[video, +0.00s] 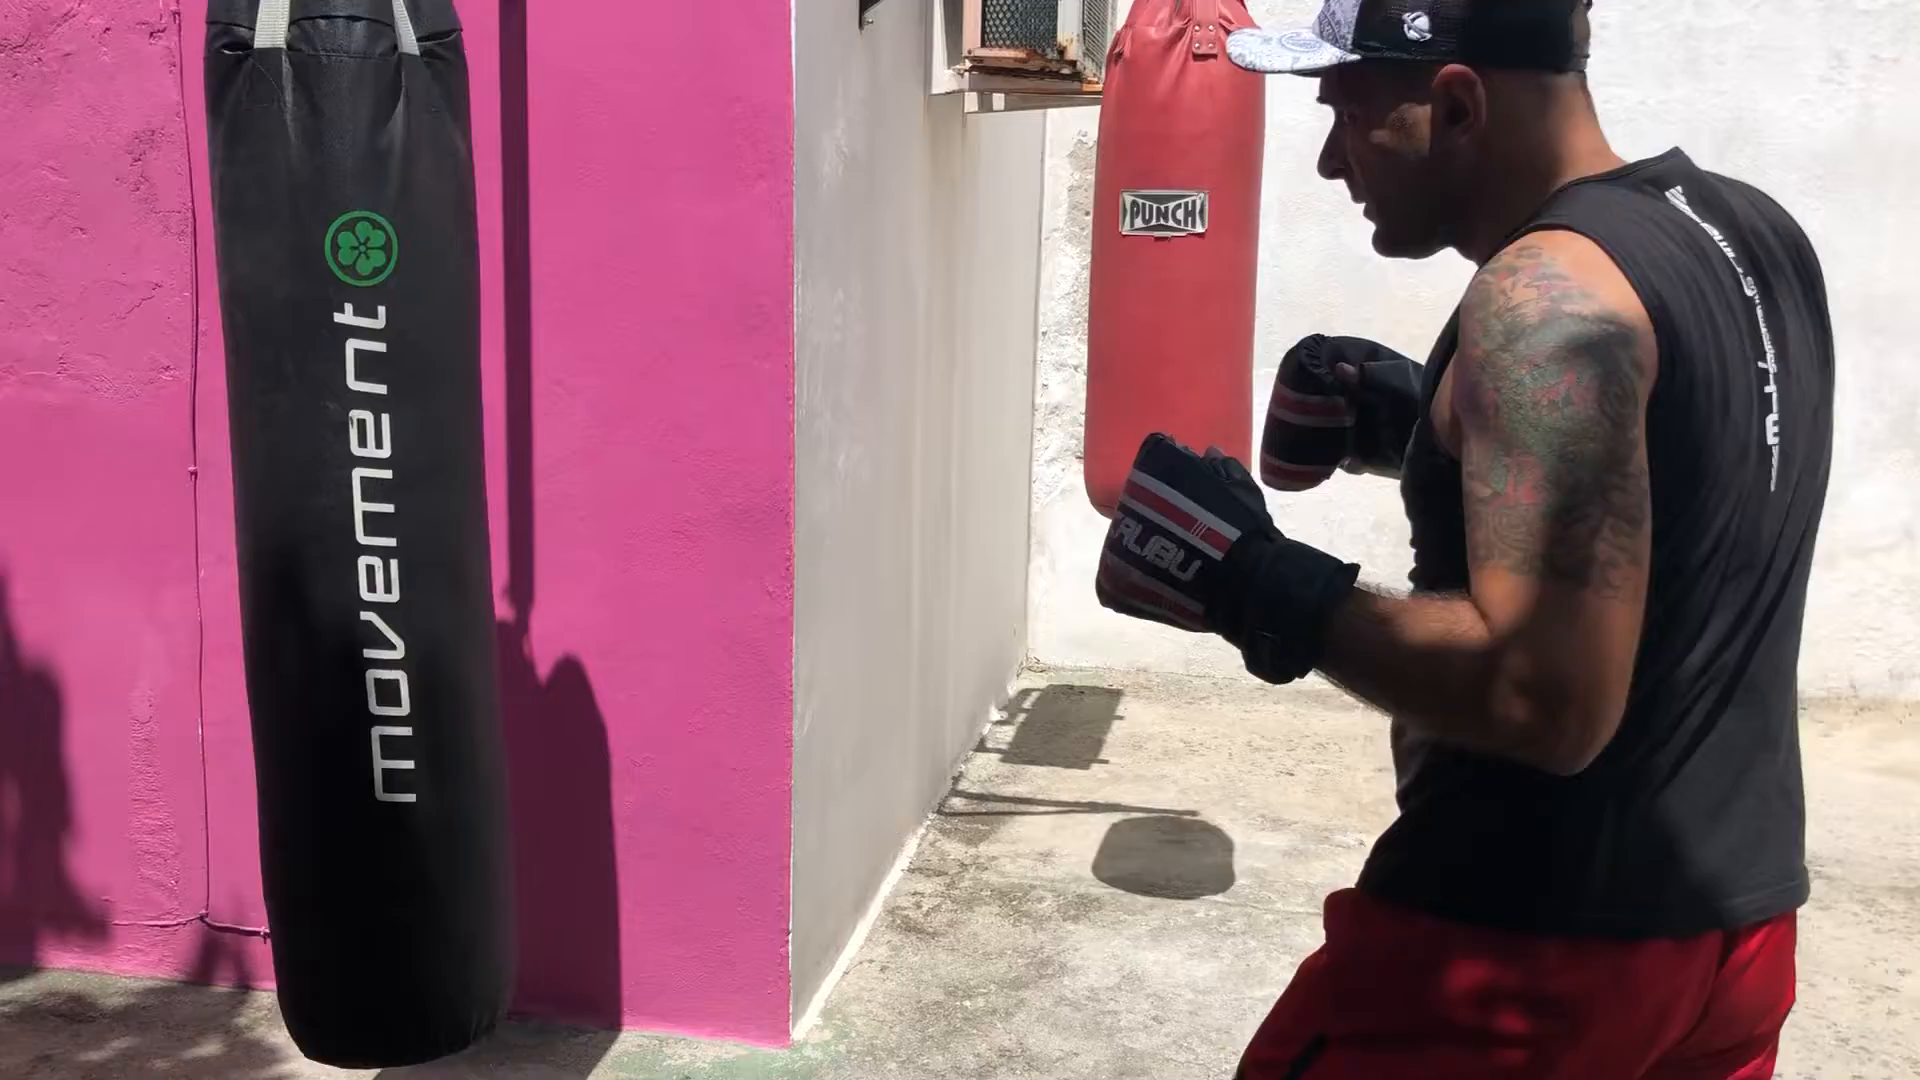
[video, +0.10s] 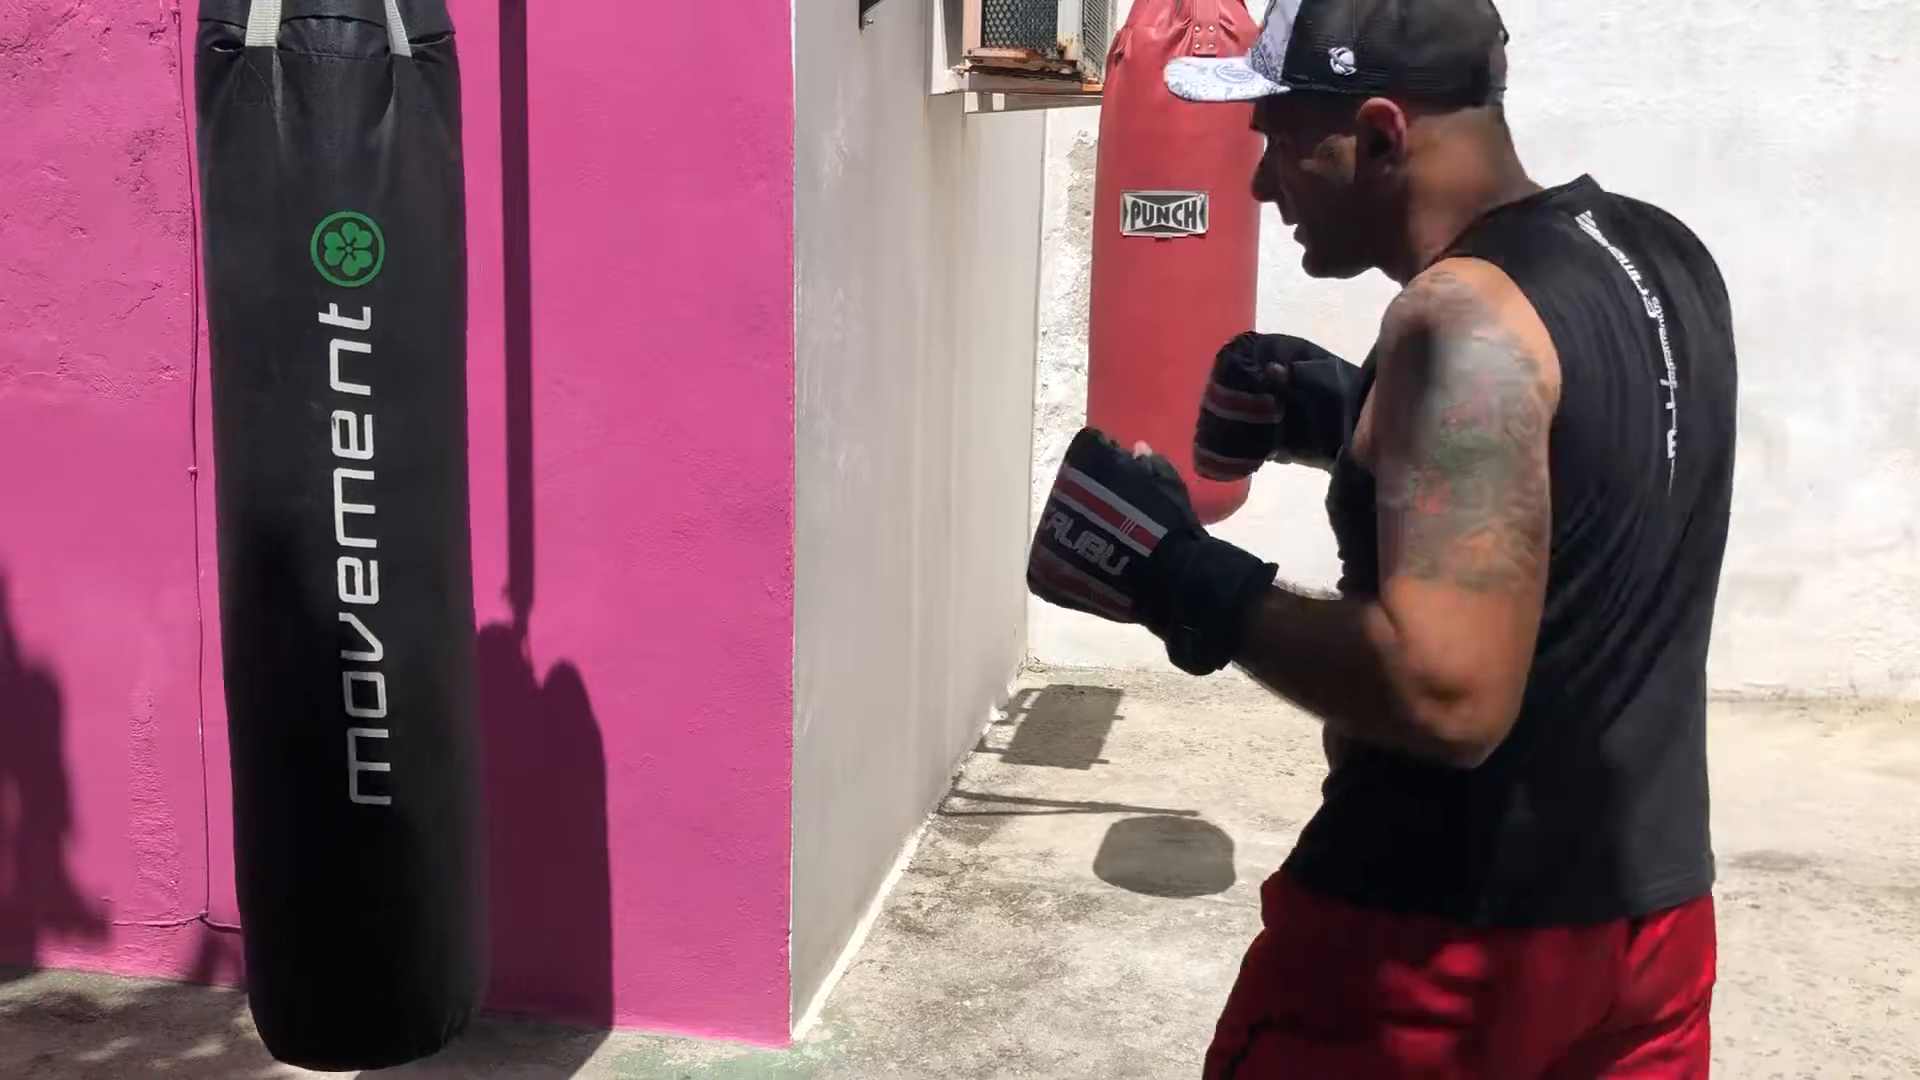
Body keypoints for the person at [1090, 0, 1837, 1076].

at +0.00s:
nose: (1328, 158)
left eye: (1353, 117)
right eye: (1332, 117)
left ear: (1460, 103)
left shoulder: (1549, 294)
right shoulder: (1757, 233)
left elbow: (1547, 698)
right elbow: (1672, 493)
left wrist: (1260, 587)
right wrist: (1424, 418)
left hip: (1513, 958)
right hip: (1735, 932)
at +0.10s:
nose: (1265, 180)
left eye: (1285, 141)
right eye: (1269, 142)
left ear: (1383, 132)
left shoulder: (1466, 319)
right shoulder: (1663, 256)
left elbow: (1446, 689)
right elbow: (1583, 497)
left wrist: (1182, 581)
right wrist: (1359, 419)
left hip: (1430, 943)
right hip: (1650, 919)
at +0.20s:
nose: (1168, 210)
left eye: (1175, 174)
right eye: (1164, 175)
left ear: (1255, 168)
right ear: (1366, 136)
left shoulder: (1314, 343)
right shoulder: (1541, 278)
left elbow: (1299, 687)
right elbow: (1447, 483)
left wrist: (1069, 582)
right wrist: (1250, 407)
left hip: (1309, 914)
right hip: (1520, 894)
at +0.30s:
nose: (1046, 208)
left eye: (1050, 176)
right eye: (1040, 175)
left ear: (1116, 172)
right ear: (1224, 128)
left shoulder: (1159, 326)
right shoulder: (1403, 260)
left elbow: (1113, 637)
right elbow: (1320, 431)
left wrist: (936, 529)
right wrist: (1134, 366)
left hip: (1173, 802)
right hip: (1362, 777)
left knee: (1076, 1058)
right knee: (1286, 1037)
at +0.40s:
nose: (982, 204)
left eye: (985, 173)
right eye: (976, 173)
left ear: (1043, 168)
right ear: (1144, 121)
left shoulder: (1086, 304)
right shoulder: (1316, 245)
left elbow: (1009, 594)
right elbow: (1246, 427)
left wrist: (873, 472)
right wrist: (1069, 357)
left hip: (1106, 767)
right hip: (1275, 743)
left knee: (1044, 1051)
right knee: (1194, 992)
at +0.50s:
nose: (944, 219)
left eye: (945, 193)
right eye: (936, 192)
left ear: (998, 187)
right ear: (1094, 140)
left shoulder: (1041, 312)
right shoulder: (1247, 263)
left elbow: (941, 573)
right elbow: (1161, 408)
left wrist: (830, 431)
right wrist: (1004, 330)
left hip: (1049, 758)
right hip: (1206, 742)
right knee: (1119, 992)